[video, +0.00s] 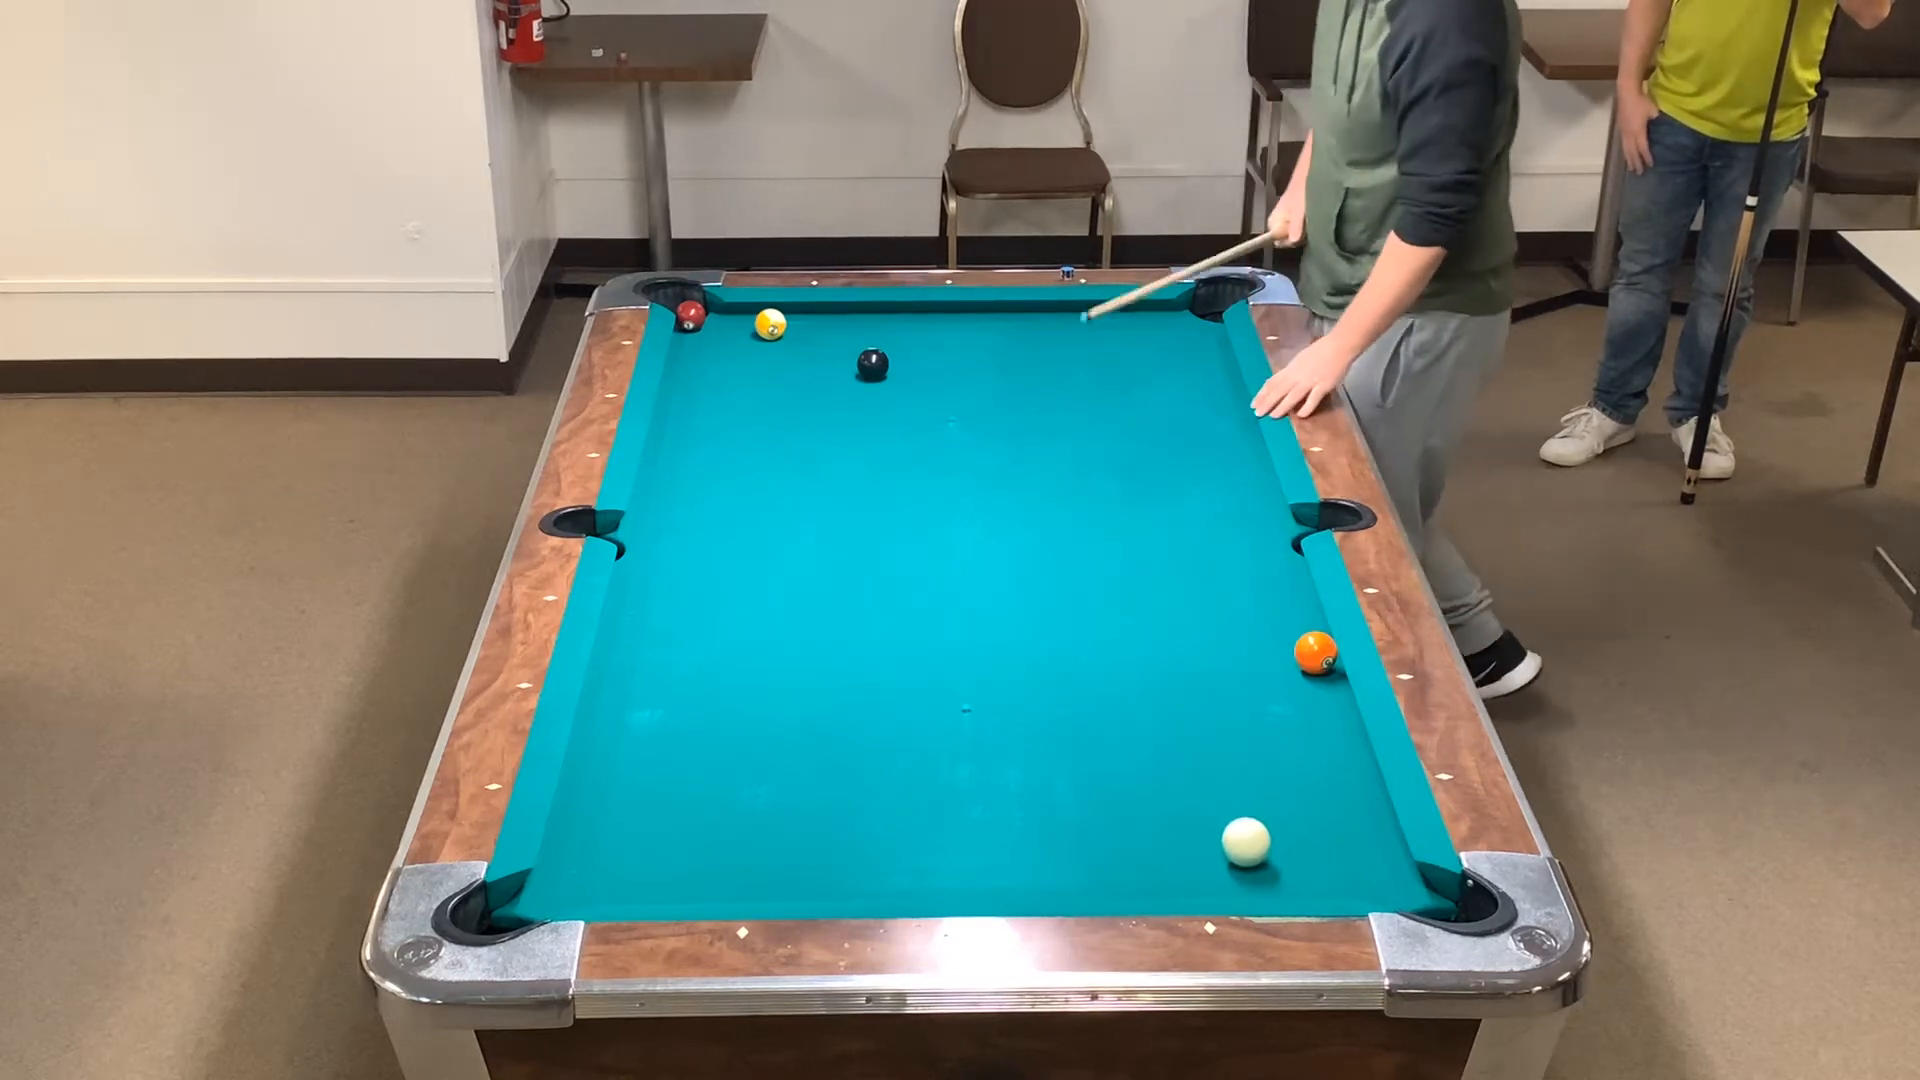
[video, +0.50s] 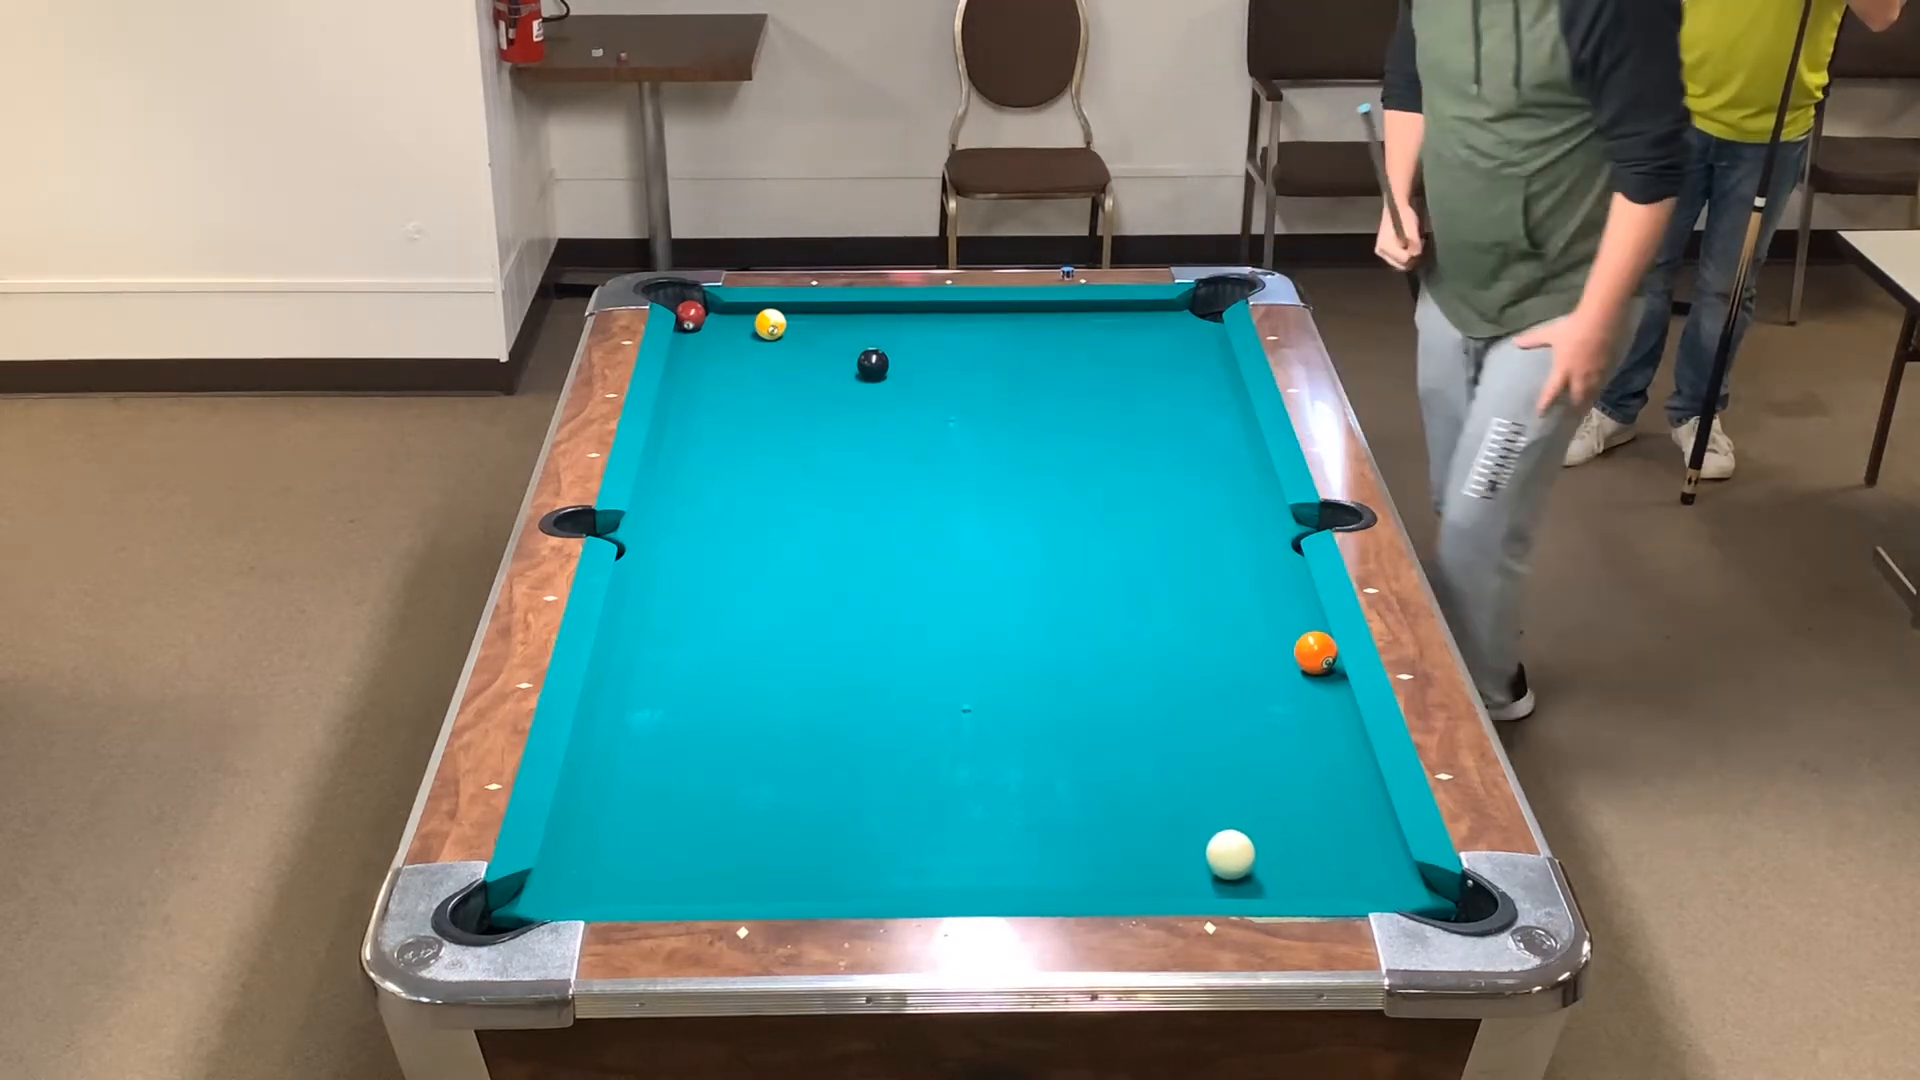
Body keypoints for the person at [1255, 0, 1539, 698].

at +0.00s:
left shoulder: (1450, 21)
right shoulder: (1352, 4)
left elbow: (1433, 217)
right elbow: (1347, 96)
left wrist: (1336, 346)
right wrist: (1303, 183)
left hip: (1428, 312)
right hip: (1359, 287)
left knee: (1377, 517)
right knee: (1371, 493)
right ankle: (1481, 645)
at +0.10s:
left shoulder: (1472, 16)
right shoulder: (1372, 4)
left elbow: (1460, 206)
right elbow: (1371, 96)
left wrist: (1352, 338)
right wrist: (1321, 182)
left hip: (1444, 318)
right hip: (1378, 295)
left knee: (1379, 529)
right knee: (1380, 492)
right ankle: (1478, 648)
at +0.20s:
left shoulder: (1505, 12)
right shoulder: (1392, 5)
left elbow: (1498, 204)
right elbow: (1393, 99)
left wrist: (1381, 333)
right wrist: (1347, 182)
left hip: (1468, 319)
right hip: (1395, 294)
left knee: (1392, 534)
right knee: (1401, 496)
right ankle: (1479, 659)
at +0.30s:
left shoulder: (1543, 11)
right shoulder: (1402, 7)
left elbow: (1551, 191)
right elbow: (1395, 95)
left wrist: (1445, 322)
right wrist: (1367, 195)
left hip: (1506, 305)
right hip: (1416, 281)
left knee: (1408, 518)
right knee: (1444, 488)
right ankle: (1488, 669)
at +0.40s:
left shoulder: (1580, 9)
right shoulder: (1412, 8)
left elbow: (1606, 172)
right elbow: (1400, 83)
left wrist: (1519, 324)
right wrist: (1385, 197)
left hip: (1545, 298)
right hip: (1437, 275)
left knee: (1430, 514)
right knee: (1452, 491)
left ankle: (1375, 696)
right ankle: (1491, 665)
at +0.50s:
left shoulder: (1615, 8)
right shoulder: (1426, 8)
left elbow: (1654, 162)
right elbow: (1408, 79)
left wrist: (1597, 322)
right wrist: (1398, 195)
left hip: (1559, 297)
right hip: (1451, 278)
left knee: (1474, 526)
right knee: (1455, 502)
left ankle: (1483, 691)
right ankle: (1490, 677)